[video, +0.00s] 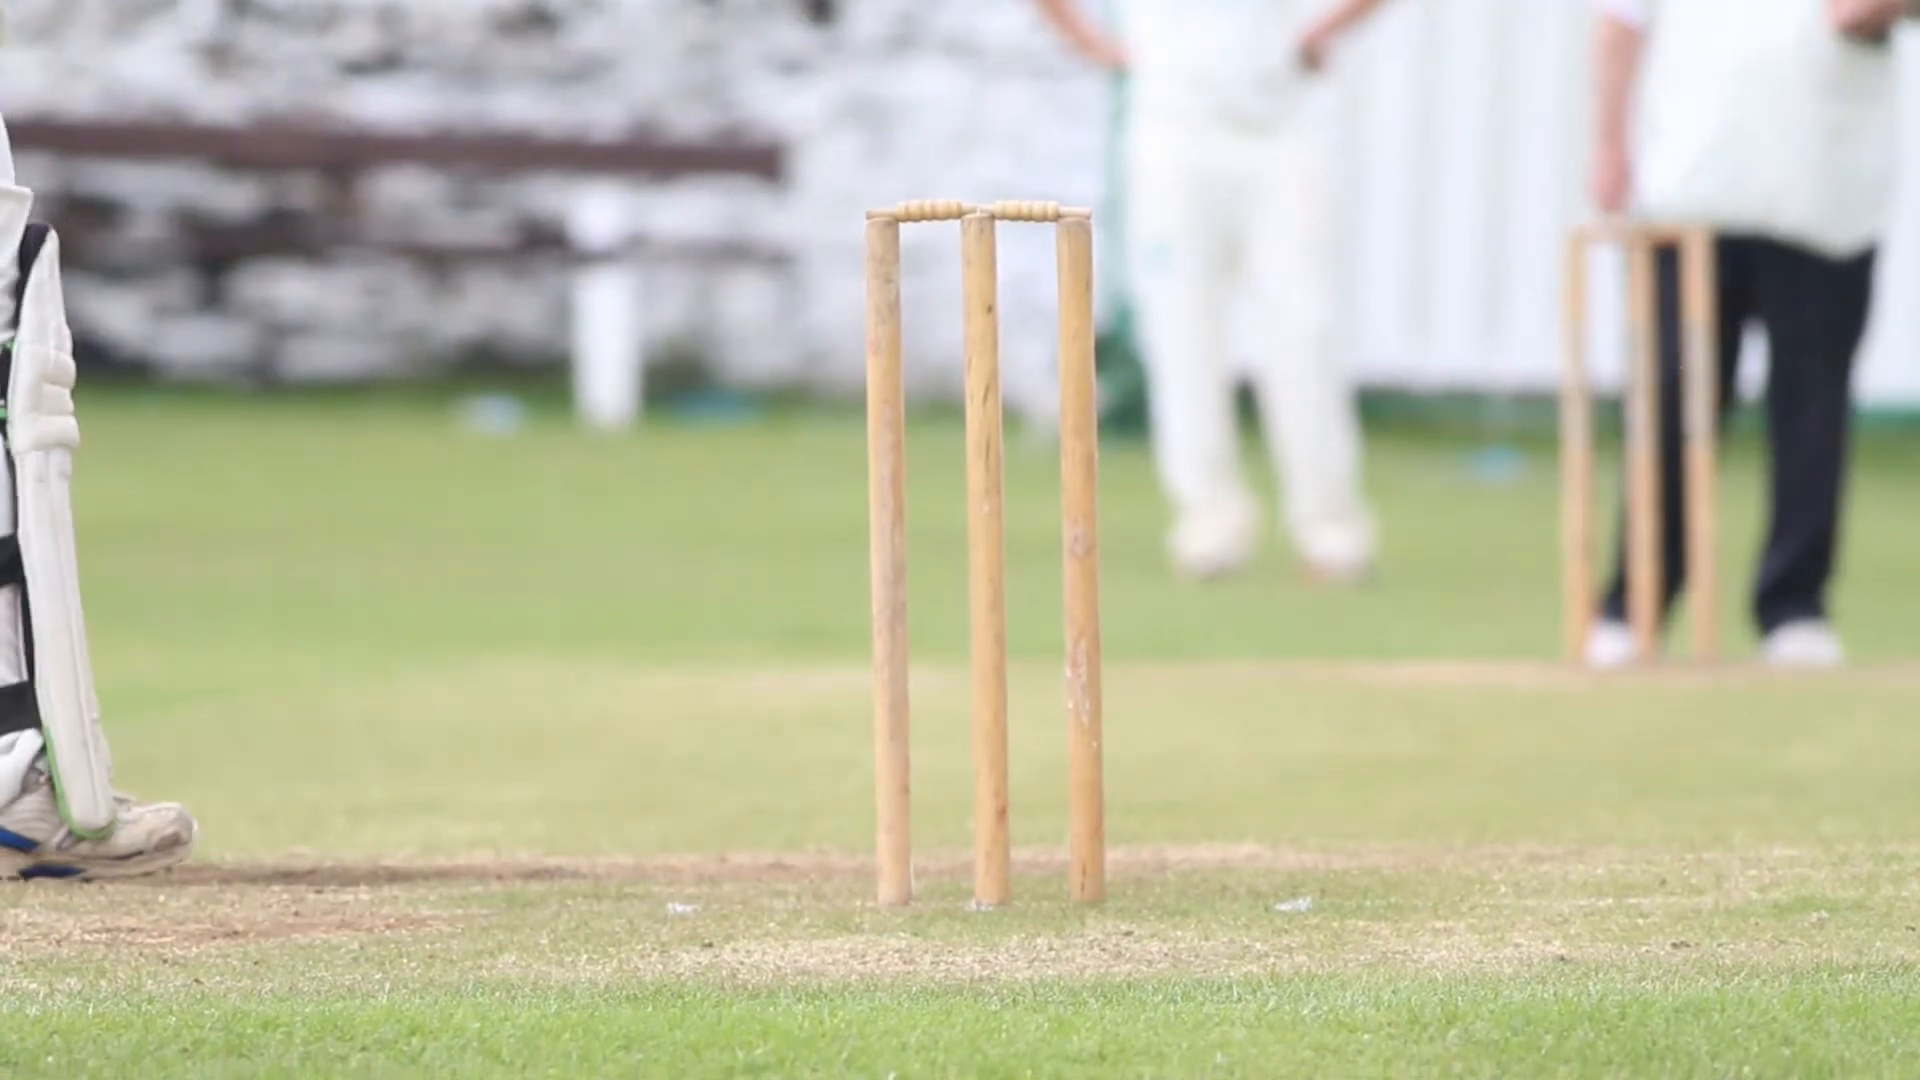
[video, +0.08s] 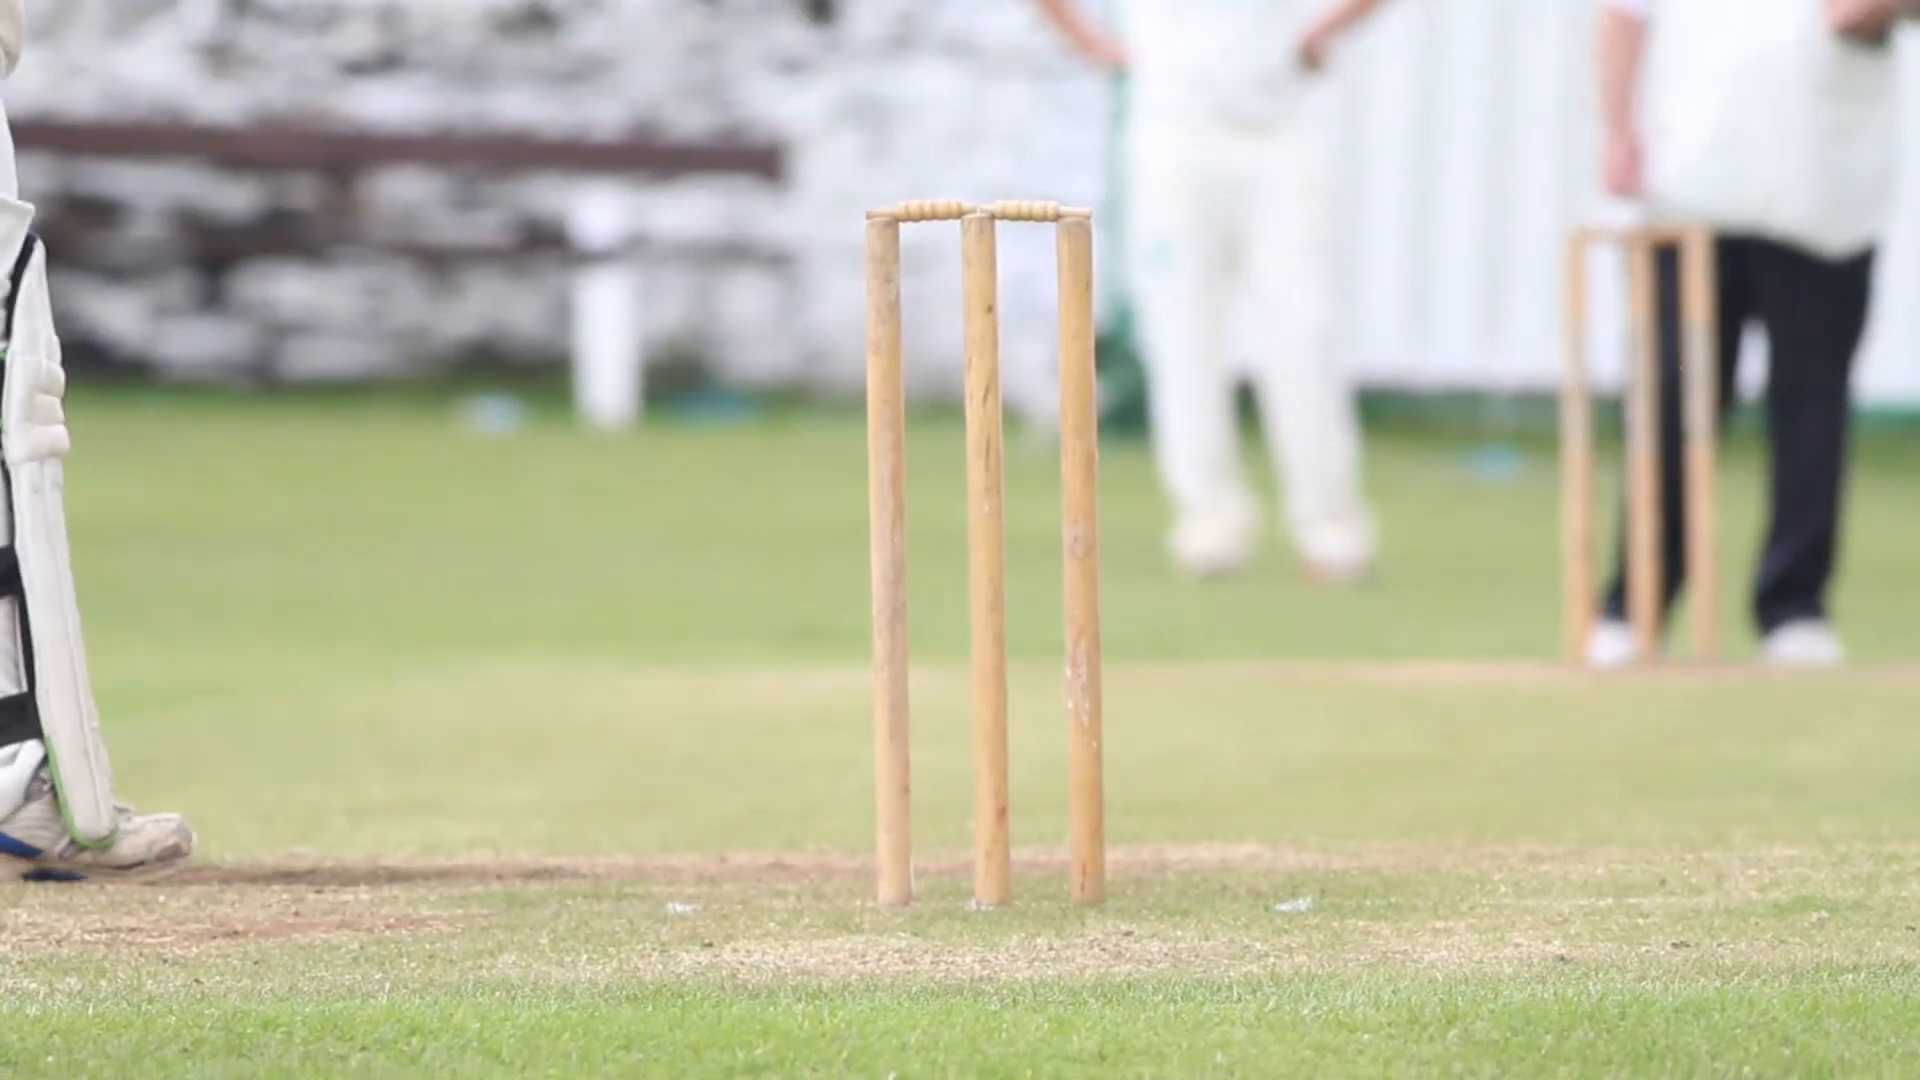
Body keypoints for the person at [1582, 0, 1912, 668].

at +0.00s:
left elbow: (1868, 18)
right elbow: (1622, 18)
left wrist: (1882, 12)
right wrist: (1612, 150)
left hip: (1830, 191)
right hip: (1691, 182)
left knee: (1810, 425)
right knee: (1670, 418)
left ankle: (1795, 613)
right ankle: (1628, 613)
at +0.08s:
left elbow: (1862, 18)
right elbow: (1622, 12)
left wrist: (1882, 11)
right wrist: (1619, 131)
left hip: (1828, 191)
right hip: (1694, 180)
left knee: (1809, 423)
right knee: (1670, 416)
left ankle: (1795, 612)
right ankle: (1629, 612)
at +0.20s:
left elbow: (1862, 19)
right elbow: (1620, 10)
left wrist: (1879, 12)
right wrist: (1624, 120)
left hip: (1825, 189)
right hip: (1690, 178)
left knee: (1807, 422)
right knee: (1668, 415)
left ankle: (1795, 612)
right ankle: (1630, 612)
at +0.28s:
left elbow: (1851, 19)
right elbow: (1616, 9)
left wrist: (1879, 11)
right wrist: (1619, 127)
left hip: (1822, 189)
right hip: (1685, 180)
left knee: (1807, 423)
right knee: (1666, 417)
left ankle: (1795, 611)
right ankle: (1631, 612)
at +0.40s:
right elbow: (1604, 13)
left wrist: (1871, 10)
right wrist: (1600, 144)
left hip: (1815, 186)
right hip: (1672, 178)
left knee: (1802, 419)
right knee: (1657, 415)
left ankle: (1794, 611)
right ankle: (1631, 611)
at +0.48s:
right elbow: (1598, 13)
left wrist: (1865, 9)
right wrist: (1584, 148)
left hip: (1809, 184)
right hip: (1664, 173)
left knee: (1798, 420)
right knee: (1651, 416)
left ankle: (1793, 611)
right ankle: (1630, 613)